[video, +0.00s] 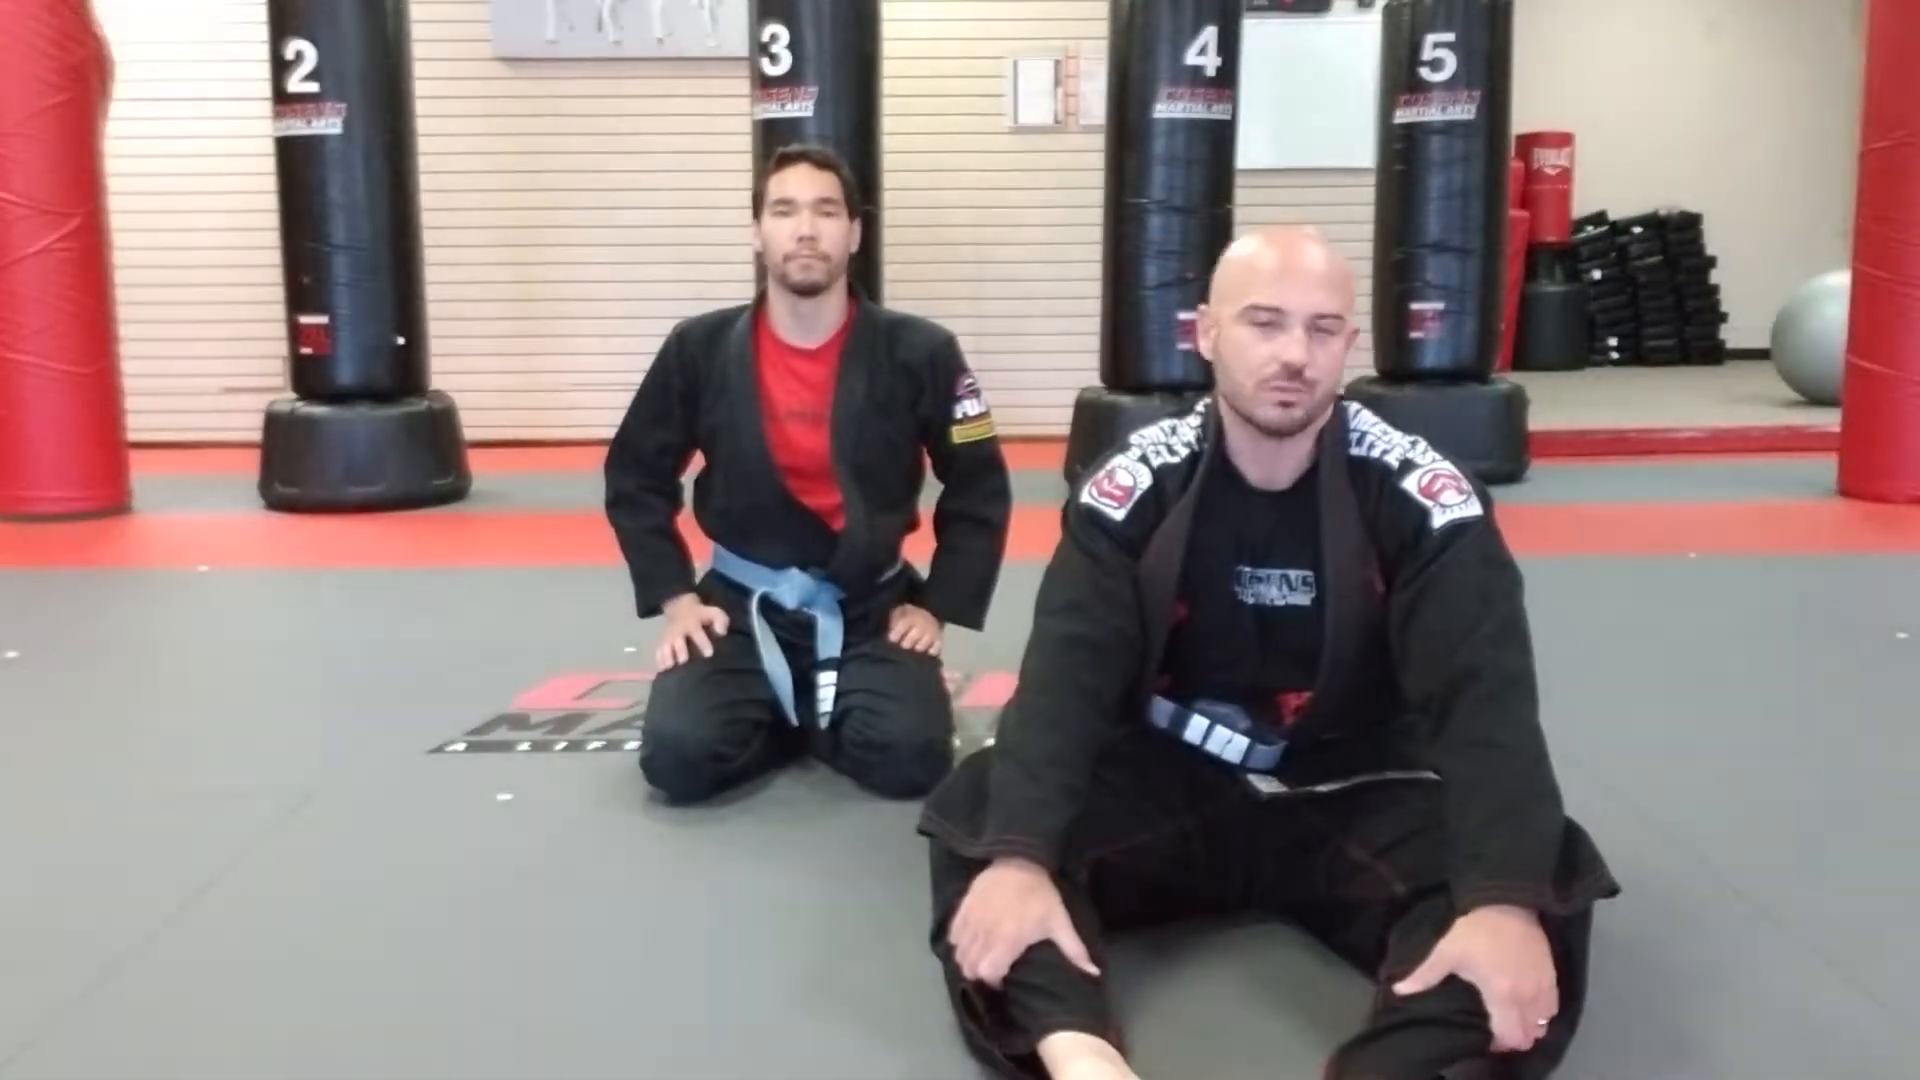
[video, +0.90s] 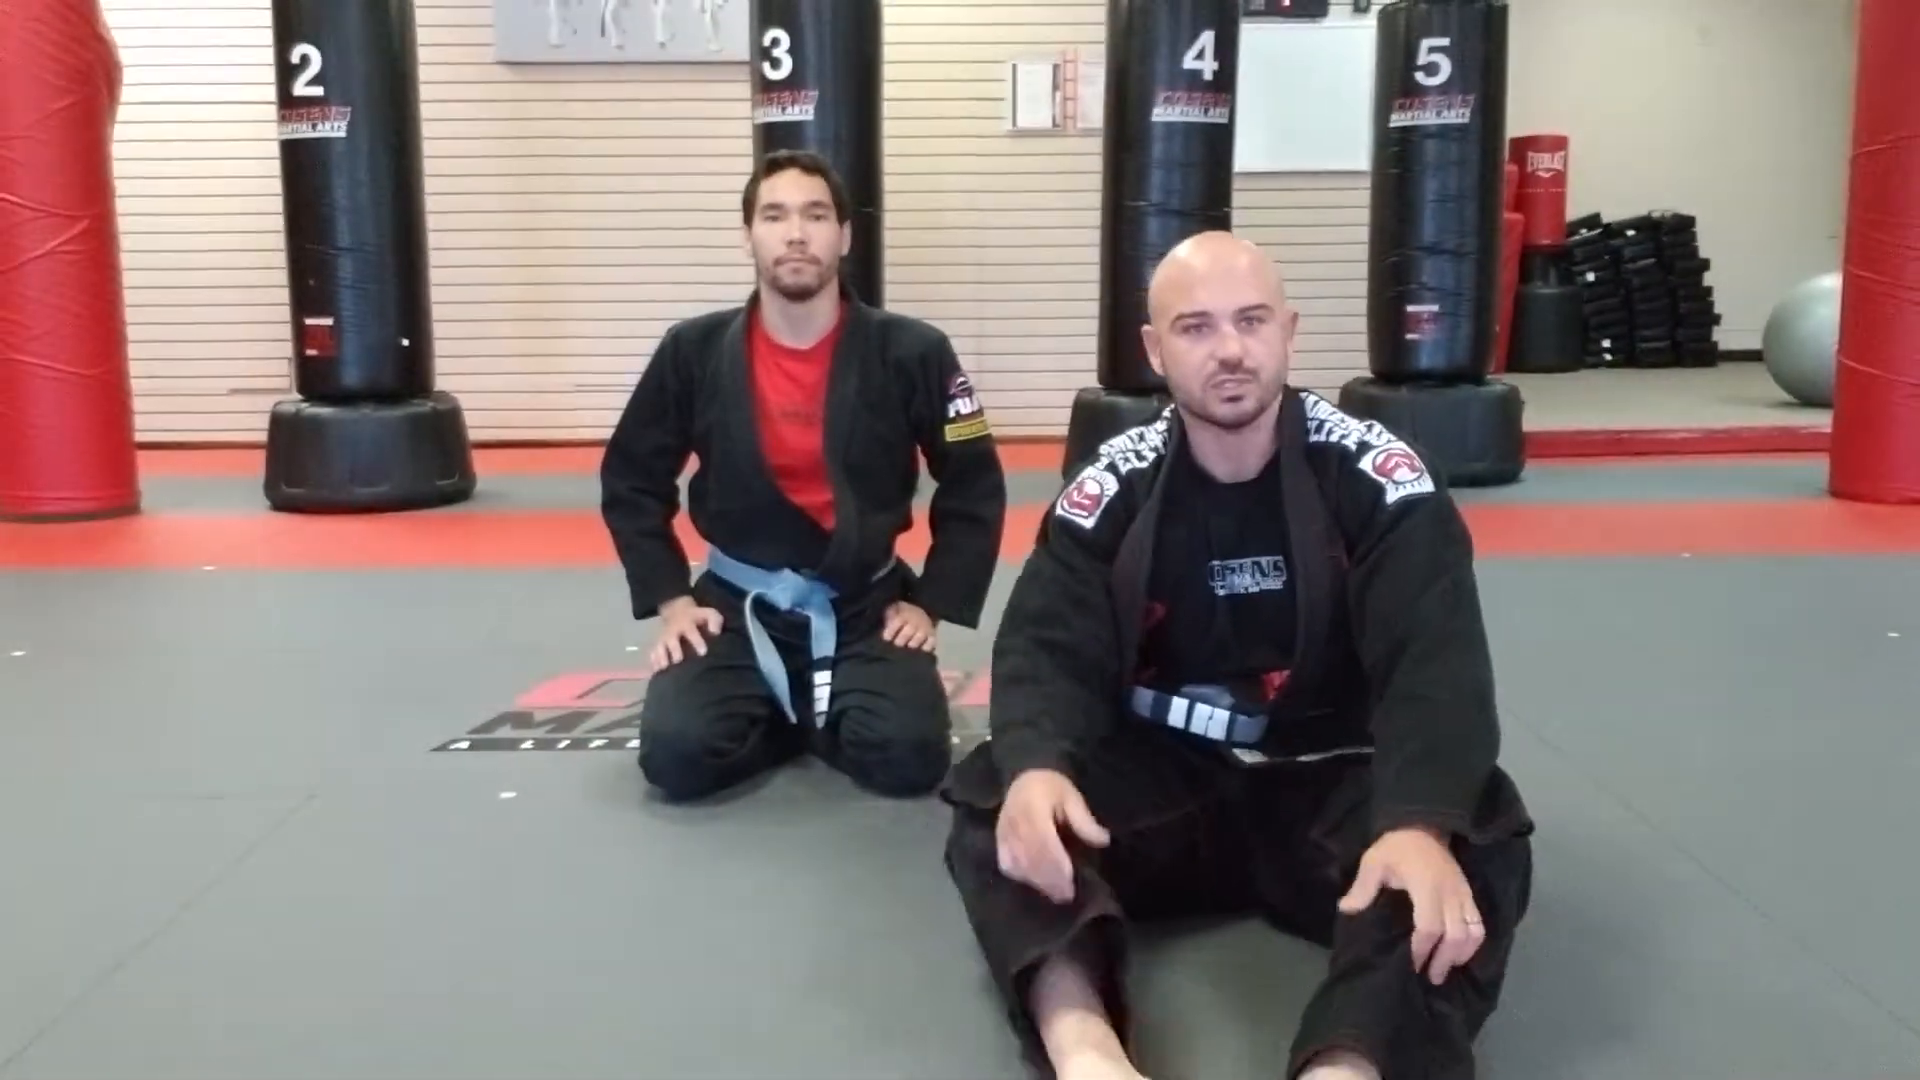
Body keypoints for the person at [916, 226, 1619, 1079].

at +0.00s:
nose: (1293, 355)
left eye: (1321, 330)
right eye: (1264, 323)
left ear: (1350, 347)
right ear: (1204, 336)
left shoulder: (1416, 489)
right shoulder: (1137, 482)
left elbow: (1484, 696)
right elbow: (1065, 677)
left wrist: (1504, 900)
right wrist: (1018, 856)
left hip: (1356, 809)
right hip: (1165, 796)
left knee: (1536, 875)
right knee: (981, 807)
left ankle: (1396, 1067)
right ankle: (1085, 1064)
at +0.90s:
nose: (1230, 350)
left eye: (1253, 320)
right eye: (1198, 329)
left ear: (1289, 331)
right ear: (1155, 351)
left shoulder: (1374, 470)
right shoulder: (1116, 479)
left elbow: (1435, 659)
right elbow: (1047, 641)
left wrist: (1416, 823)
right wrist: (1033, 765)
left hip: (1330, 794)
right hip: (1151, 784)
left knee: (1466, 833)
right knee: (995, 791)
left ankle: (1346, 1064)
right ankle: (1084, 1052)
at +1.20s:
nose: (1243, 320)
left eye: (1268, 298)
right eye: (1212, 302)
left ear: (1305, 324)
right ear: (1172, 336)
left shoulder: (1389, 464)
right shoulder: (1121, 476)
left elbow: (1498, 633)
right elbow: (1026, 638)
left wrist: (1548, 808)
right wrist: (935, 751)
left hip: (1326, 772)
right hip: (1162, 766)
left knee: (1403, 769)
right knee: (1044, 741)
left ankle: (1304, 1058)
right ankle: (1116, 1046)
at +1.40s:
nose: (1228, 331)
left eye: (1250, 306)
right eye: (1198, 313)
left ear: (1288, 322)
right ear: (1160, 341)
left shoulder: (1380, 464)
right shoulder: (1113, 471)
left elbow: (1493, 659)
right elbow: (1007, 626)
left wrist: (1534, 865)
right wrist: (931, 779)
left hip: (1341, 769)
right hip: (1172, 762)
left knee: (1318, 738)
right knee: (1045, 704)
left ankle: (1260, 1047)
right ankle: (1055, 1012)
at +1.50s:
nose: (1210, 350)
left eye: (1229, 321)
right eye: (1177, 332)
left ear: (1266, 322)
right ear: (1142, 352)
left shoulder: (1362, 453)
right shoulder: (1102, 467)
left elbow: (1491, 631)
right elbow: (986, 612)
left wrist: (1499, 854)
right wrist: (927, 777)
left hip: (1345, 777)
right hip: (1163, 768)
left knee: (1265, 723)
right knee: (1028, 716)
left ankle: (1202, 1029)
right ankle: (984, 996)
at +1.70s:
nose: (1138, 384)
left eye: (1158, 347)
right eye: (1105, 364)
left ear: (1205, 334)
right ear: (1076, 374)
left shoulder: (1308, 455)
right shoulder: (1044, 475)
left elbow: (1446, 637)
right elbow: (943, 616)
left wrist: (1436, 861)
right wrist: (914, 804)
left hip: (1317, 784)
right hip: (1126, 765)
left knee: (1202, 726)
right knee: (978, 785)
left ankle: (1069, 1016)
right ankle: (849, 1015)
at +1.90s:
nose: (1079, 379)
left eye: (1101, 340)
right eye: (1044, 354)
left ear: (1153, 325)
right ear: (1011, 358)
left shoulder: (1272, 459)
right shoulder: (974, 477)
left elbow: (1394, 666)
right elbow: (926, 682)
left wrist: (1435, 870)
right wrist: (914, 883)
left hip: (1293, 785)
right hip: (1093, 774)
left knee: (1199, 700)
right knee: (905, 792)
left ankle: (1044, 1041)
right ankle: (810, 1037)